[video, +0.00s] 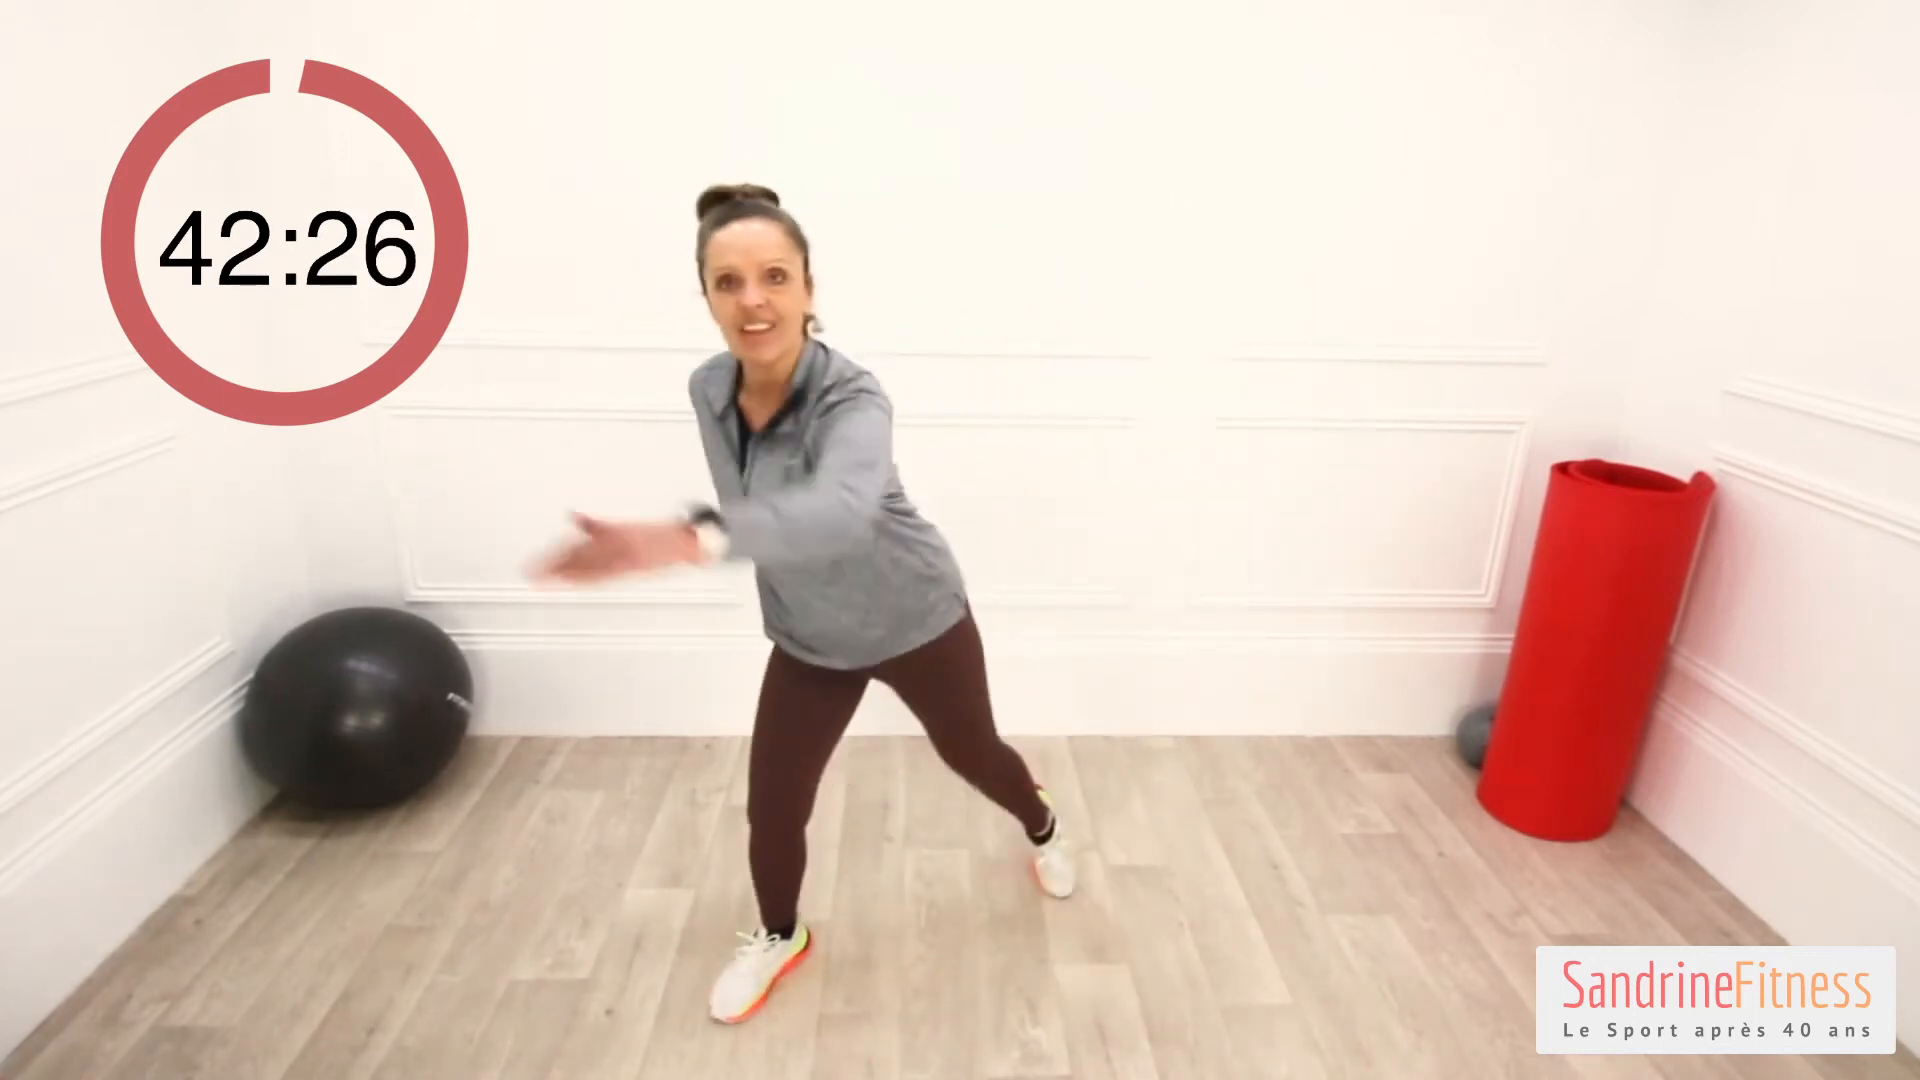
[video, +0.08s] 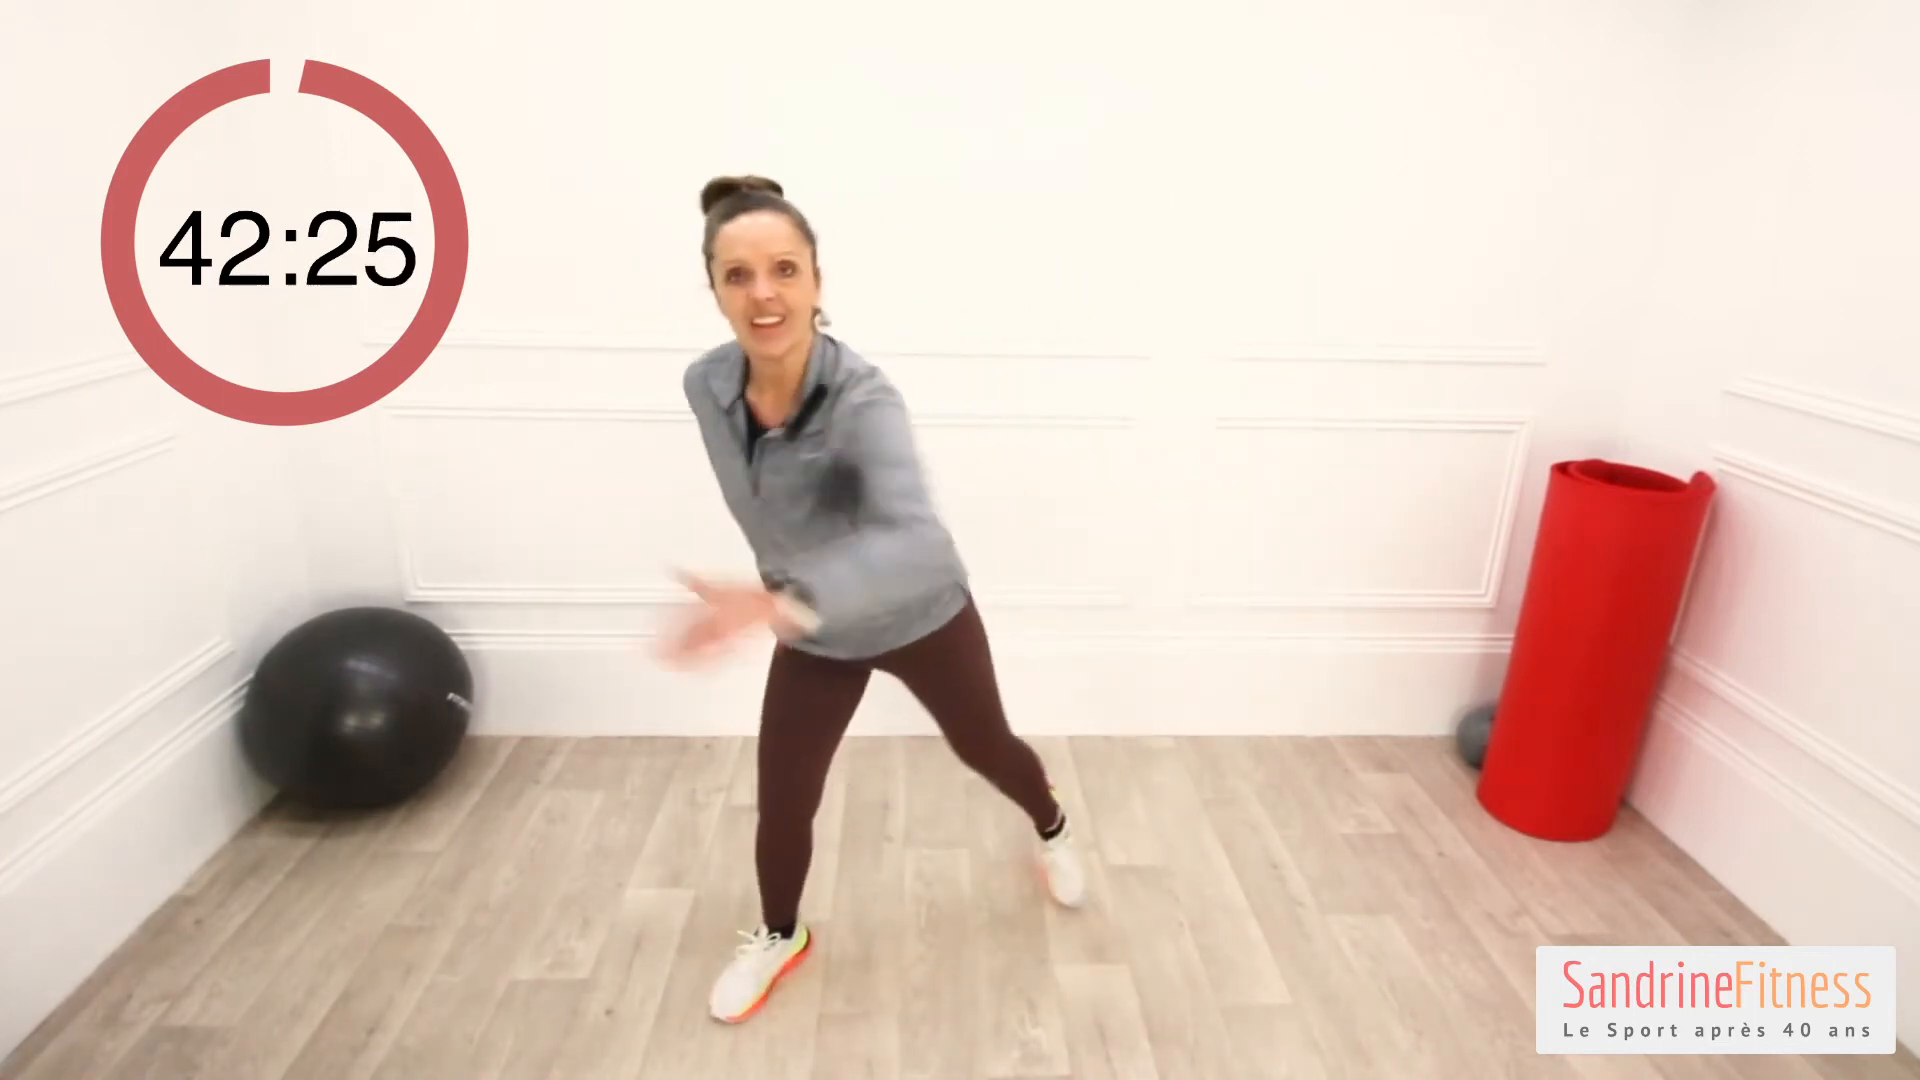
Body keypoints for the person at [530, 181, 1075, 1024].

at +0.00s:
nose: (754, 302)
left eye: (774, 278)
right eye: (729, 283)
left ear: (809, 291)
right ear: (709, 302)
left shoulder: (853, 401)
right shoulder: (710, 391)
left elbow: (843, 509)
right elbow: (753, 510)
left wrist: (696, 536)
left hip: (916, 618)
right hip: (812, 631)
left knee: (972, 753)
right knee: (774, 806)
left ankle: (1045, 829)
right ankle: (780, 934)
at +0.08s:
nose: (763, 296)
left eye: (784, 271)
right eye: (738, 277)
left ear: (818, 282)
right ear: (715, 295)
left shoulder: (863, 400)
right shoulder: (709, 387)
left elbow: (920, 543)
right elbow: (765, 511)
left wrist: (794, 601)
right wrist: (778, 597)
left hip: (923, 616)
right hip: (814, 632)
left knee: (986, 747)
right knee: (784, 797)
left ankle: (1055, 829)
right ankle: (780, 933)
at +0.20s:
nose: (811, 299)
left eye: (829, 274)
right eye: (785, 280)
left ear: (859, 283)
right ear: (757, 298)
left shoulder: (914, 414)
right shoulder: (721, 387)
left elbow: (1033, 551)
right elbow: (735, 456)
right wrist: (757, 511)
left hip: (935, 622)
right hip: (822, 632)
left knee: (1010, 760)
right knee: (791, 803)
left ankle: (1076, 863)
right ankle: (779, 934)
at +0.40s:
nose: (925, 348)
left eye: (942, 324)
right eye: (900, 329)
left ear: (965, 332)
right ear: (871, 343)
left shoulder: (1018, 448)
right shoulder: (825, 445)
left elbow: (1095, 529)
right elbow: (755, 479)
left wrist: (1059, 636)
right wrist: (774, 591)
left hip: (966, 666)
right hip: (851, 672)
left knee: (1036, 813)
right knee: (827, 846)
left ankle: (1099, 916)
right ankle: (778, 940)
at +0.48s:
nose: (994, 352)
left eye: (1009, 328)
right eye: (967, 334)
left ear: (1029, 336)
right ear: (939, 349)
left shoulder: (1071, 447)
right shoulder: (896, 465)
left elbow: (1102, 517)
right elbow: (820, 552)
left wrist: (1076, 614)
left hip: (998, 660)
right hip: (889, 661)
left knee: (1057, 820)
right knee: (848, 839)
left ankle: (1104, 922)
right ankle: (778, 939)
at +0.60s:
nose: (1077, 312)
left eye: (1093, 287)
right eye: (1051, 294)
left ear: (1115, 295)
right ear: (1021, 312)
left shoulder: (1137, 404)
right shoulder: (995, 425)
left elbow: (1088, 532)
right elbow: (974, 598)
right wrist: (1109, 613)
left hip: (1039, 624)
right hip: (934, 617)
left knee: (1073, 799)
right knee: (850, 776)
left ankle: (1105, 921)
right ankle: (767, 920)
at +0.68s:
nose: (1113, 294)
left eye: (1129, 269)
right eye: (1086, 276)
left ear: (1151, 278)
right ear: (1054, 293)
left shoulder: (1163, 384)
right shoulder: (1030, 406)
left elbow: (1131, 500)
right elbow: (1096, 564)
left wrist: (1110, 579)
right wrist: (1247, 523)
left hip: (1050, 622)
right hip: (952, 603)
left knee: (1075, 791)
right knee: (863, 744)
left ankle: (1104, 918)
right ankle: (768, 882)